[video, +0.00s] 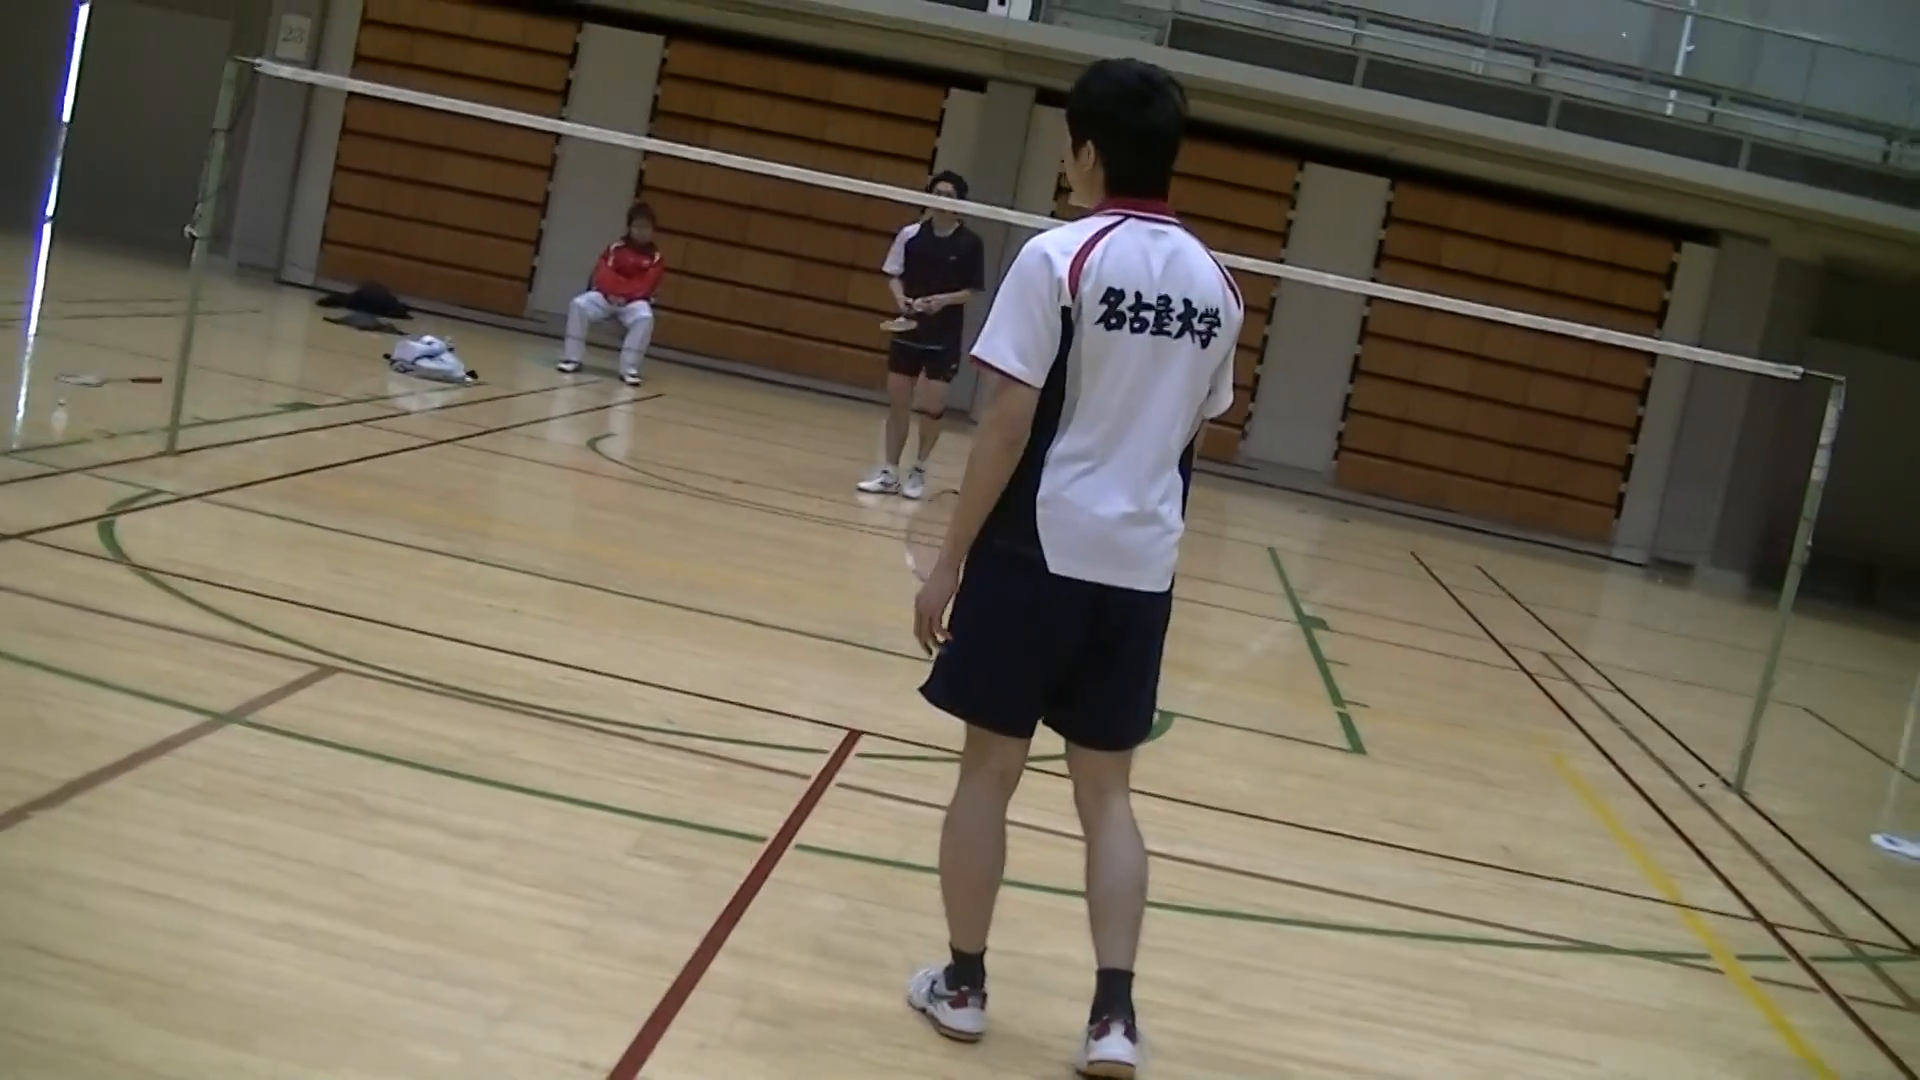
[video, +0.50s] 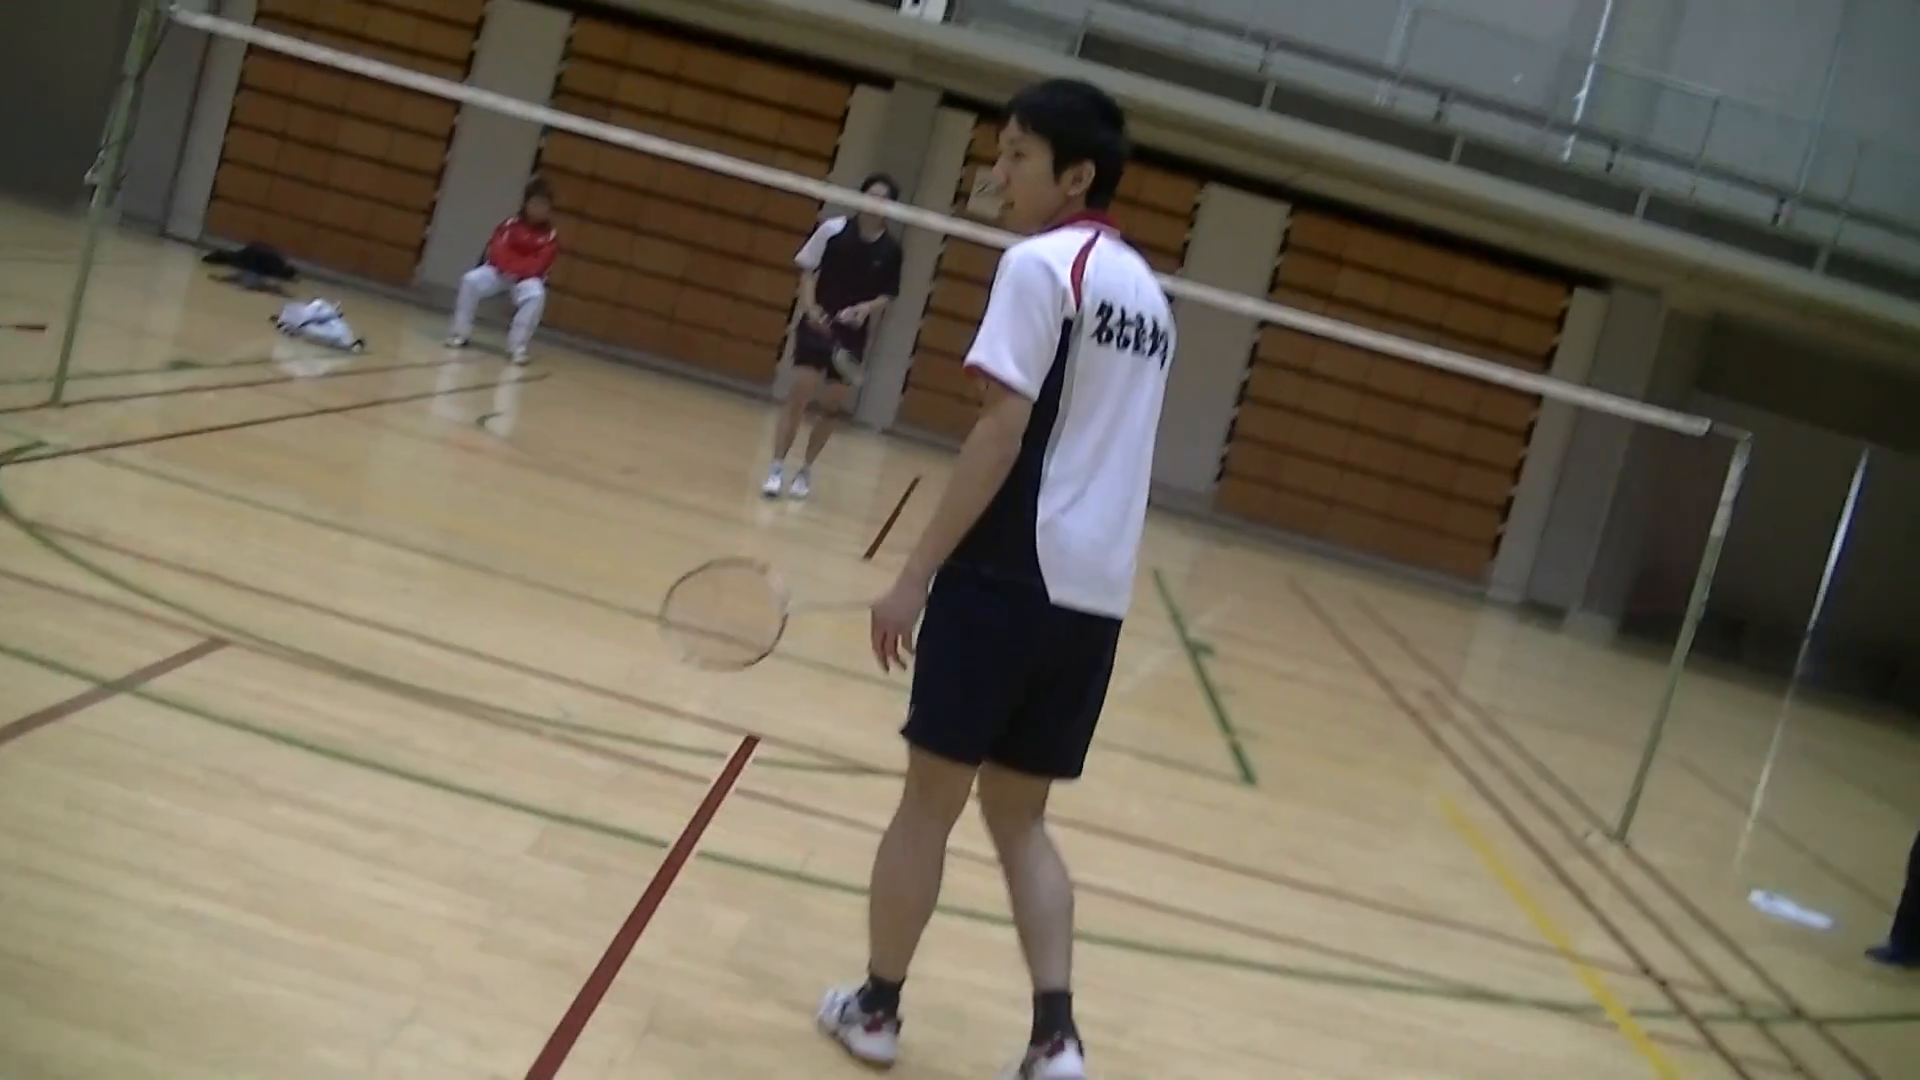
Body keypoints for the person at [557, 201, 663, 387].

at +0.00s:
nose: (642, 232)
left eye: (647, 228)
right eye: (637, 227)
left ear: (653, 230)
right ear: (629, 228)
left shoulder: (655, 258)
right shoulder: (615, 249)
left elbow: (645, 287)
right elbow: (601, 276)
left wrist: (623, 295)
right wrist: (617, 290)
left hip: (634, 301)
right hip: (605, 295)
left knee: (644, 319)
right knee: (579, 305)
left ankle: (630, 368)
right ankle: (573, 359)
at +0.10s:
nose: (616, 226)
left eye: (621, 221)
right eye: (611, 220)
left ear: (627, 224)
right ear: (603, 222)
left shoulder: (629, 252)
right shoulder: (589, 242)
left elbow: (620, 281)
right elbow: (576, 270)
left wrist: (598, 288)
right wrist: (588, 286)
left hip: (608, 294)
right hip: (579, 288)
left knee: (618, 313)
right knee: (552, 299)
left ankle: (602, 362)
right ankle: (545, 352)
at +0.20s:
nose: (580, 209)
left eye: (585, 205)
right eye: (576, 204)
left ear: (592, 208)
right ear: (567, 205)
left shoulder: (593, 236)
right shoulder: (552, 226)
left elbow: (583, 265)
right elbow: (540, 254)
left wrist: (559, 269)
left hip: (571, 277)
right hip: (543, 272)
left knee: (582, 297)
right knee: (516, 282)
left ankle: (565, 346)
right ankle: (508, 336)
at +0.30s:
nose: (561, 191)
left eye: (566, 186)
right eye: (556, 185)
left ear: (572, 189)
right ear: (548, 187)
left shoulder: (573, 218)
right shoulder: (533, 207)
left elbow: (564, 246)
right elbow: (520, 232)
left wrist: (542, 253)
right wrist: (529, 250)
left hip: (551, 259)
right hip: (523, 253)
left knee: (561, 277)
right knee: (496, 262)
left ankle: (545, 327)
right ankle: (488, 316)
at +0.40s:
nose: (559, 188)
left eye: (564, 183)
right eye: (554, 182)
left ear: (570, 186)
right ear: (545, 183)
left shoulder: (570, 214)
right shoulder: (530, 203)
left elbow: (560, 243)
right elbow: (517, 227)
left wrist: (539, 250)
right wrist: (525, 247)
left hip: (548, 256)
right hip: (519, 249)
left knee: (557, 275)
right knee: (492, 258)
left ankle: (539, 324)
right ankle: (482, 312)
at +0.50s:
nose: (538, 211)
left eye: (543, 205)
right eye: (534, 204)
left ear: (550, 209)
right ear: (525, 205)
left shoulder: (549, 237)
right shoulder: (511, 225)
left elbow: (539, 265)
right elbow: (496, 252)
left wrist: (517, 272)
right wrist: (509, 267)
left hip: (527, 278)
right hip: (499, 271)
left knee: (535, 297)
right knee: (471, 281)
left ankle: (518, 346)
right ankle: (460, 334)